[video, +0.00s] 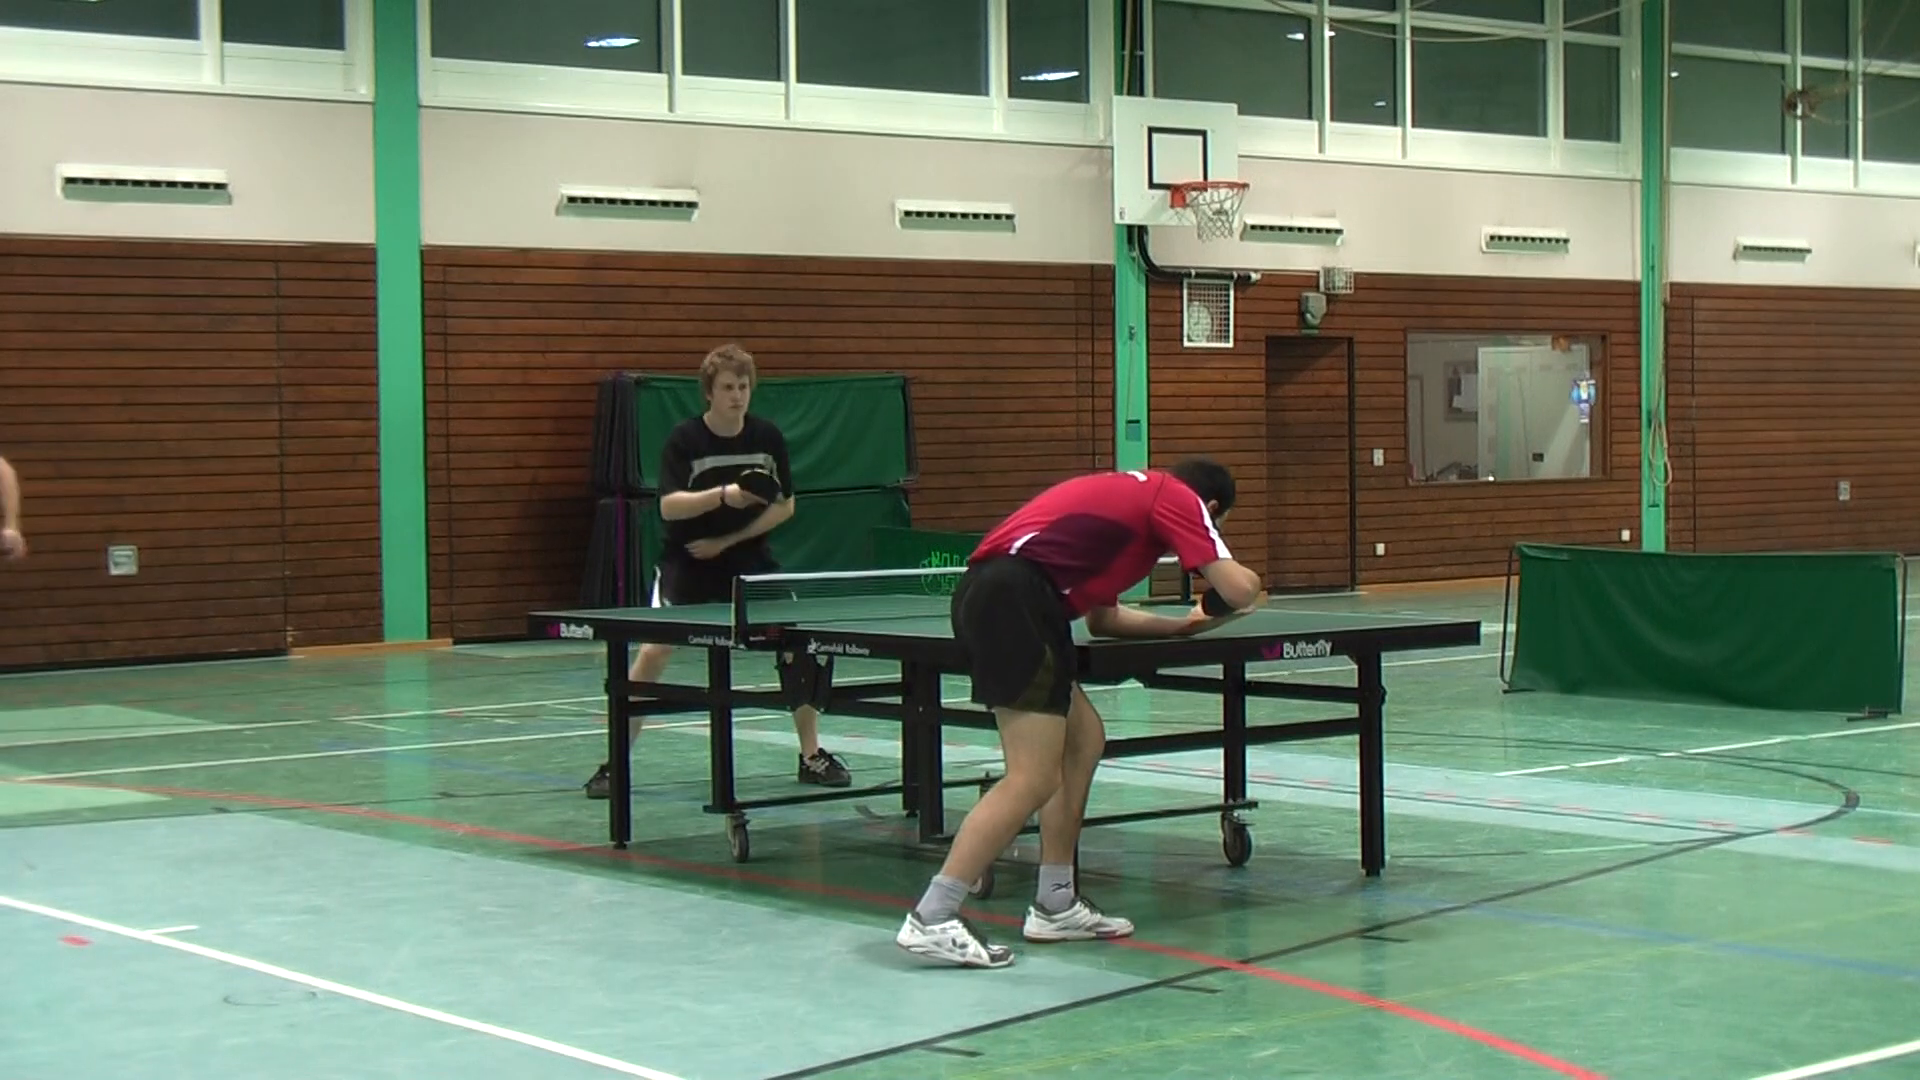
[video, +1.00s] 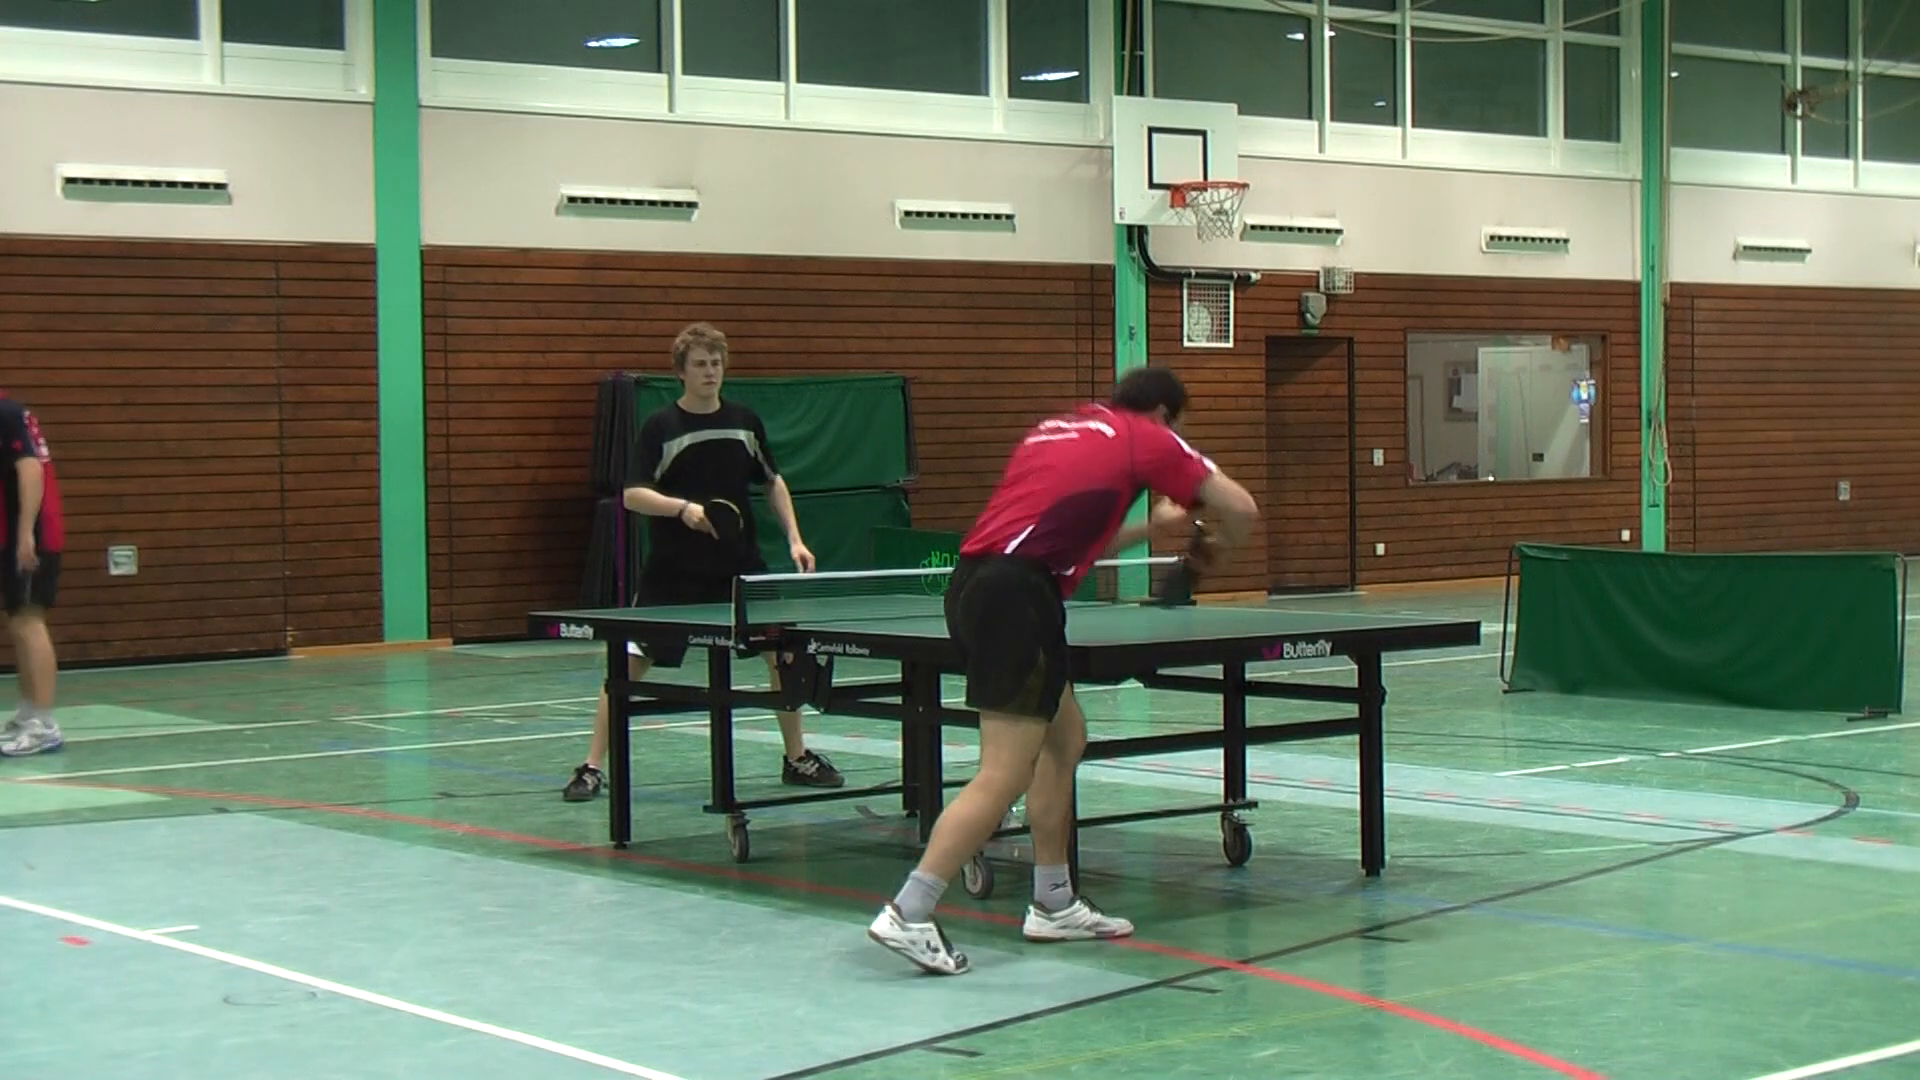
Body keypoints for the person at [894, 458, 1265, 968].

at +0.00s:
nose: (1212, 526)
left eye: (1215, 521)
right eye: (1217, 516)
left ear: (1171, 477)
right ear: (1205, 501)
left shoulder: (1116, 503)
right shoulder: (1173, 494)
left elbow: (1103, 618)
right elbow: (1238, 589)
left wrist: (1186, 624)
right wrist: (1250, 592)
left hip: (991, 593)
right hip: (1013, 594)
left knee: (1085, 737)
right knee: (1033, 777)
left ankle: (1055, 905)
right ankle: (930, 918)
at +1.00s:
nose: (1175, 434)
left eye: (1175, 425)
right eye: (1175, 424)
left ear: (1123, 401)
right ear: (1160, 414)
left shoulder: (1060, 426)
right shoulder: (1146, 436)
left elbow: (1070, 535)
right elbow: (1242, 508)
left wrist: (1151, 529)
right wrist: (1219, 538)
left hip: (976, 585)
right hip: (1016, 591)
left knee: (1065, 736)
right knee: (1003, 773)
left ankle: (1053, 904)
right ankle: (907, 914)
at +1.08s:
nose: (1160, 413)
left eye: (1161, 404)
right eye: (1160, 403)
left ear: (1105, 379)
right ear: (1143, 391)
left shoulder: (1038, 412)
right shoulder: (1128, 411)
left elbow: (1059, 517)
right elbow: (1217, 471)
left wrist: (1146, 521)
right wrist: (1199, 523)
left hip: (974, 579)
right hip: (1020, 585)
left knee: (1050, 739)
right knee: (1003, 765)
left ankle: (1051, 901)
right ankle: (908, 914)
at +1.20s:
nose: (1150, 398)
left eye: (1149, 387)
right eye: (1150, 387)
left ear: (1095, 362)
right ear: (1135, 374)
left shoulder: (1029, 404)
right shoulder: (1115, 384)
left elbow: (958, 500)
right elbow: (1161, 410)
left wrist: (1028, 540)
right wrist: (1169, 482)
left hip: (976, 575)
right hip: (1026, 578)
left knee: (1040, 736)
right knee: (1006, 758)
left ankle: (1021, 904)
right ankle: (912, 913)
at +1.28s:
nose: (1153, 407)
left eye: (1156, 400)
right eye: (1156, 398)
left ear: (1097, 365)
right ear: (1141, 382)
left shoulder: (1027, 416)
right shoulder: (1118, 380)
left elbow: (952, 491)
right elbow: (1123, 399)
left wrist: (978, 562)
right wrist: (1153, 473)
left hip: (987, 577)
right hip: (1034, 576)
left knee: (1038, 742)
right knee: (1014, 755)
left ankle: (1002, 910)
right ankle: (916, 912)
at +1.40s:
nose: (1162, 420)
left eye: (1163, 411)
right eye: (1161, 409)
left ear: (1102, 383)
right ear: (1147, 393)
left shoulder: (1038, 418)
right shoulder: (1138, 405)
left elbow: (973, 531)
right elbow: (1153, 484)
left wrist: (955, 626)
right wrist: (1164, 544)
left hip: (986, 585)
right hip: (1042, 584)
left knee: (1029, 751)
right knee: (1010, 760)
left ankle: (998, 911)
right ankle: (911, 912)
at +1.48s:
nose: (1165, 413)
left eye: (1163, 403)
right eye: (1164, 403)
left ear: (1105, 385)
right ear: (1154, 394)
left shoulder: (1041, 420)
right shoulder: (1152, 410)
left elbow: (981, 532)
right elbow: (1205, 505)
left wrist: (966, 632)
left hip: (993, 585)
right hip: (1052, 589)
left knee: (1028, 756)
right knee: (1038, 768)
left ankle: (997, 911)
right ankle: (919, 902)